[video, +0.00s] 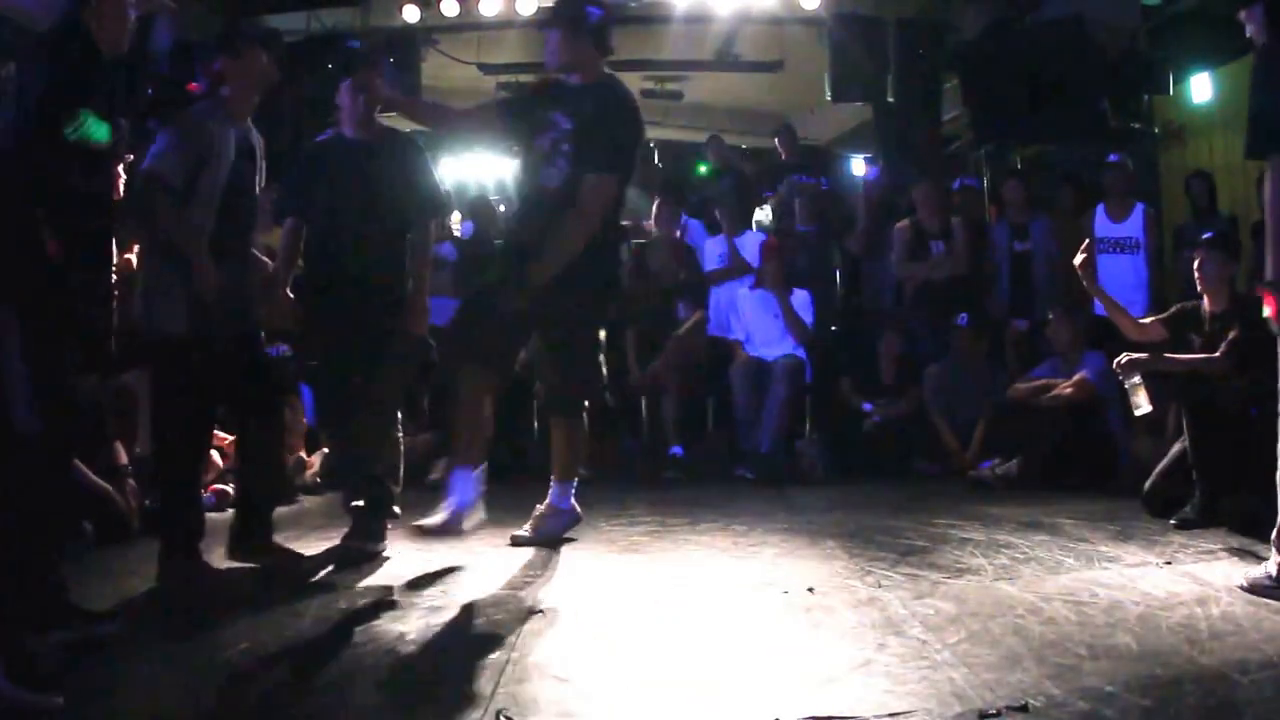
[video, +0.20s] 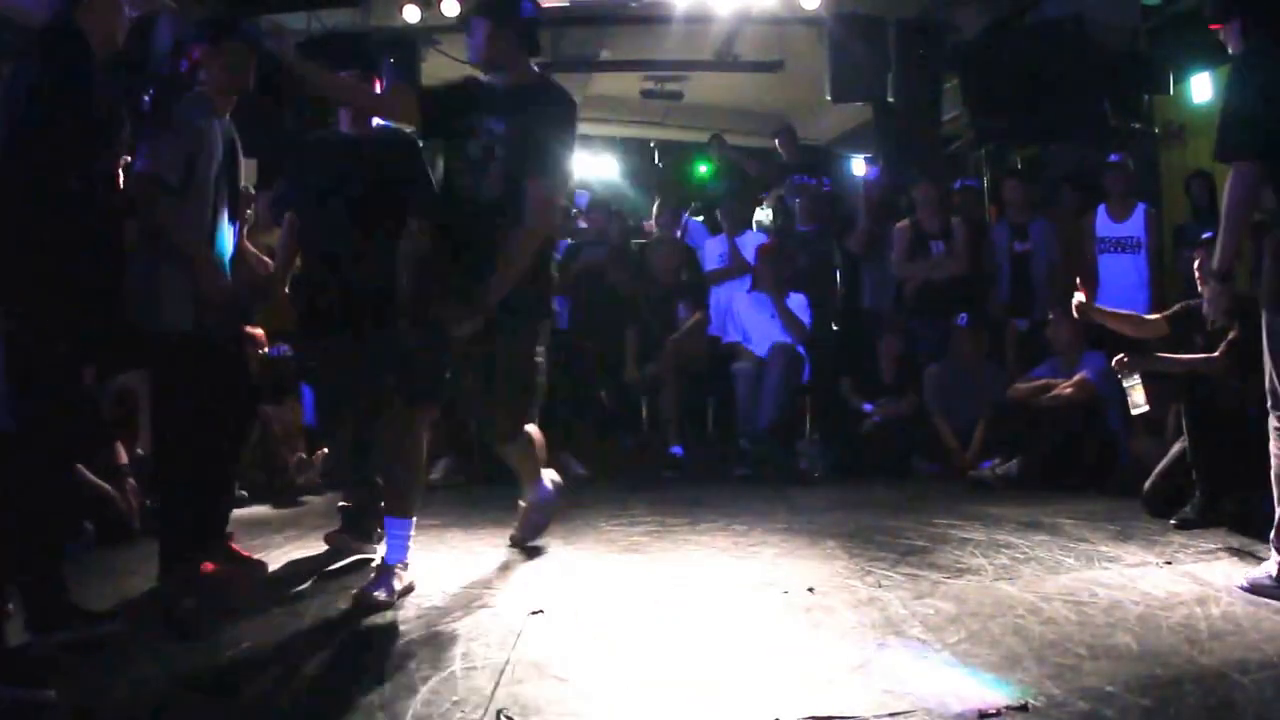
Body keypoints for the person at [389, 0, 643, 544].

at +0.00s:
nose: (547, 46)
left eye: (556, 34)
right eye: (547, 35)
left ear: (588, 40)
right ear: (560, 41)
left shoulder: (611, 104)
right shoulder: (541, 97)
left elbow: (594, 208)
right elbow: (460, 122)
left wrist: (543, 267)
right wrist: (392, 98)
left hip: (577, 258)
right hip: (523, 254)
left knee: (564, 378)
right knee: (473, 357)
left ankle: (561, 499)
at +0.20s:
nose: (470, 40)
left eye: (479, 28)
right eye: (471, 30)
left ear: (511, 35)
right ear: (494, 39)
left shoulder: (549, 103)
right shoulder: (467, 96)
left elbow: (543, 217)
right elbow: (383, 99)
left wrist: (488, 298)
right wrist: (299, 67)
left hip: (512, 279)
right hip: (449, 271)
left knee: (506, 416)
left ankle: (536, 489)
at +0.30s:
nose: (471, 13)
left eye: (480, 5)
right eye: (471, 6)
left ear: (508, 8)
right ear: (471, 11)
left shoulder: (543, 72)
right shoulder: (442, 54)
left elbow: (520, 189)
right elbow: (349, 63)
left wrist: (460, 258)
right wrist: (258, 36)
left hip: (484, 256)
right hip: (417, 244)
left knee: (458, 400)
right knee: (396, 401)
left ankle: (483, 474)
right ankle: (386, 563)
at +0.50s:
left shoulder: (518, 56)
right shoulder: (399, 25)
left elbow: (473, 181)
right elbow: (296, 32)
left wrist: (388, 251)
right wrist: (203, 14)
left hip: (424, 263)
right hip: (343, 250)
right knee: (351, 405)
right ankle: (374, 555)